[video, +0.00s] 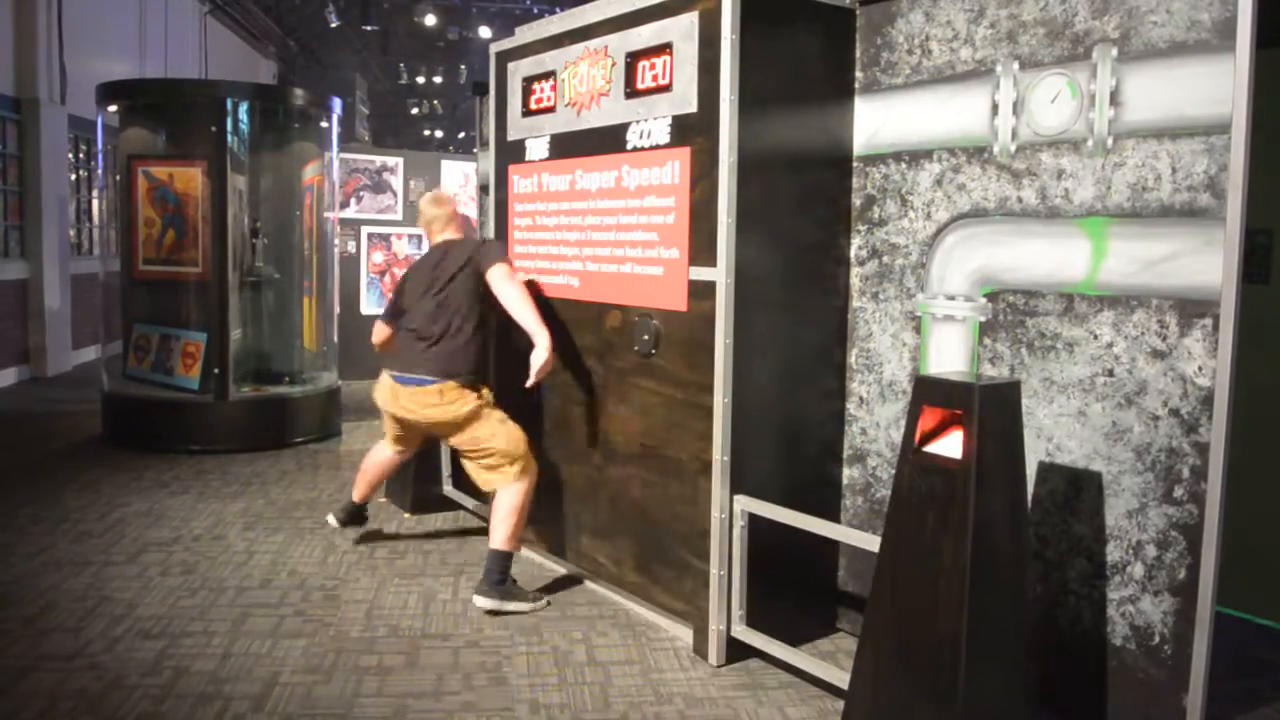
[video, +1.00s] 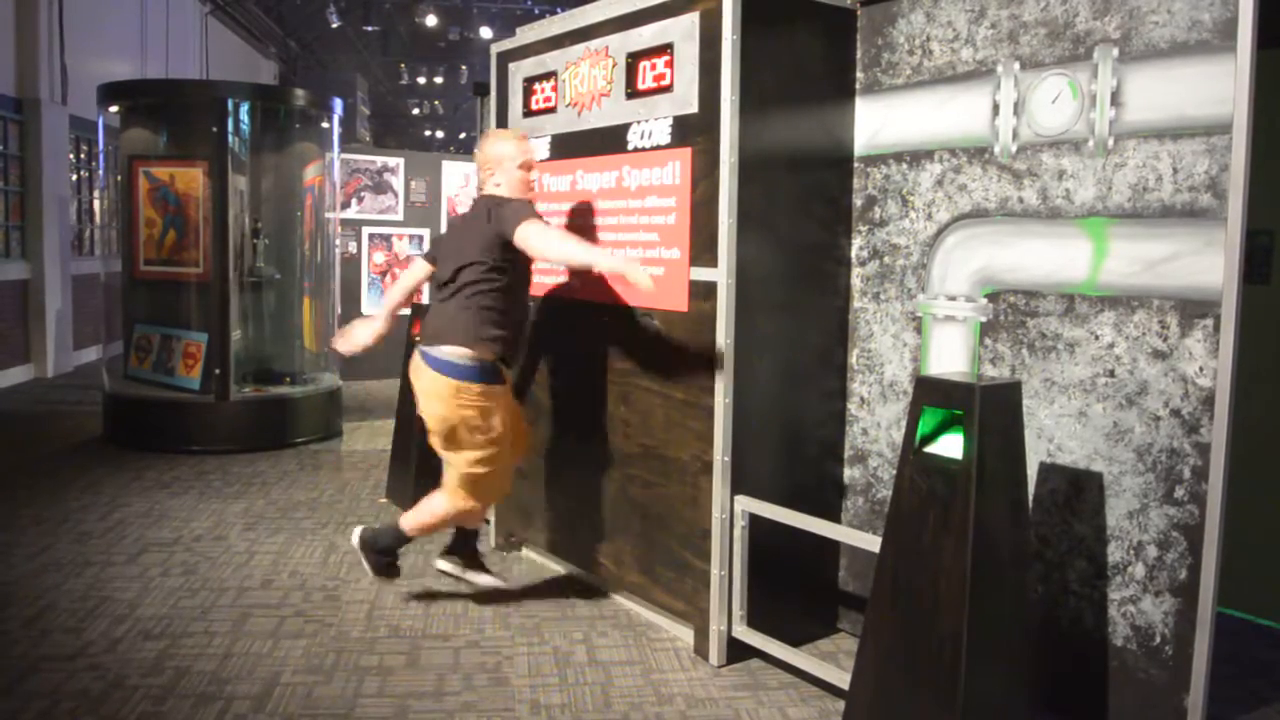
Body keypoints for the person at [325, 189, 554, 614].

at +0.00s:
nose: (466, 220)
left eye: (461, 215)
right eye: (462, 215)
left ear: (425, 231)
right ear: (460, 220)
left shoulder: (413, 272)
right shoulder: (481, 249)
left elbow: (380, 337)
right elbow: (504, 283)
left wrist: (414, 352)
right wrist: (541, 338)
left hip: (395, 389)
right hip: (445, 394)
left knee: (396, 444)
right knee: (518, 468)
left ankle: (351, 509)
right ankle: (495, 582)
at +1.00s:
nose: (534, 176)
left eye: (533, 167)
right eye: (526, 168)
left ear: (487, 176)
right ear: (494, 174)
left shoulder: (460, 226)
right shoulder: (508, 210)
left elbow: (413, 275)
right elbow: (545, 242)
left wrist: (378, 320)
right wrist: (607, 261)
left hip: (432, 363)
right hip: (465, 374)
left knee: (510, 439)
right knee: (479, 480)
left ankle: (463, 547)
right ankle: (383, 540)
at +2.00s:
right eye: (561, 174)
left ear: (513, 178)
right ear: (561, 178)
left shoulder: (483, 222)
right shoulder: (568, 227)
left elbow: (429, 243)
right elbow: (586, 295)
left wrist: (403, 266)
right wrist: (633, 376)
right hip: (517, 371)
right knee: (574, 494)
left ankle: (546, 617)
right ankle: (517, 634)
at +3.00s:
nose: (459, 204)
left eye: (459, 194)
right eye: (450, 195)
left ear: (429, 203)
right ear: (422, 202)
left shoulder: (421, 251)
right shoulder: (410, 239)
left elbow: (372, 307)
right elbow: (440, 249)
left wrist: (345, 354)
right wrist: (508, 259)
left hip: (388, 379)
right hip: (370, 378)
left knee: (371, 454)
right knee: (402, 486)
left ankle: (353, 513)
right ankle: (338, 563)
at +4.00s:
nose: (681, 267)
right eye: (682, 262)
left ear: (623, 270)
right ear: (680, 272)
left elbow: (515, 348)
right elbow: (752, 369)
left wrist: (475, 356)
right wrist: (854, 403)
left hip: (500, 482)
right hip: (568, 488)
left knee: (537, 527)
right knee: (690, 603)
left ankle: (495, 639)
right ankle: (676, 714)